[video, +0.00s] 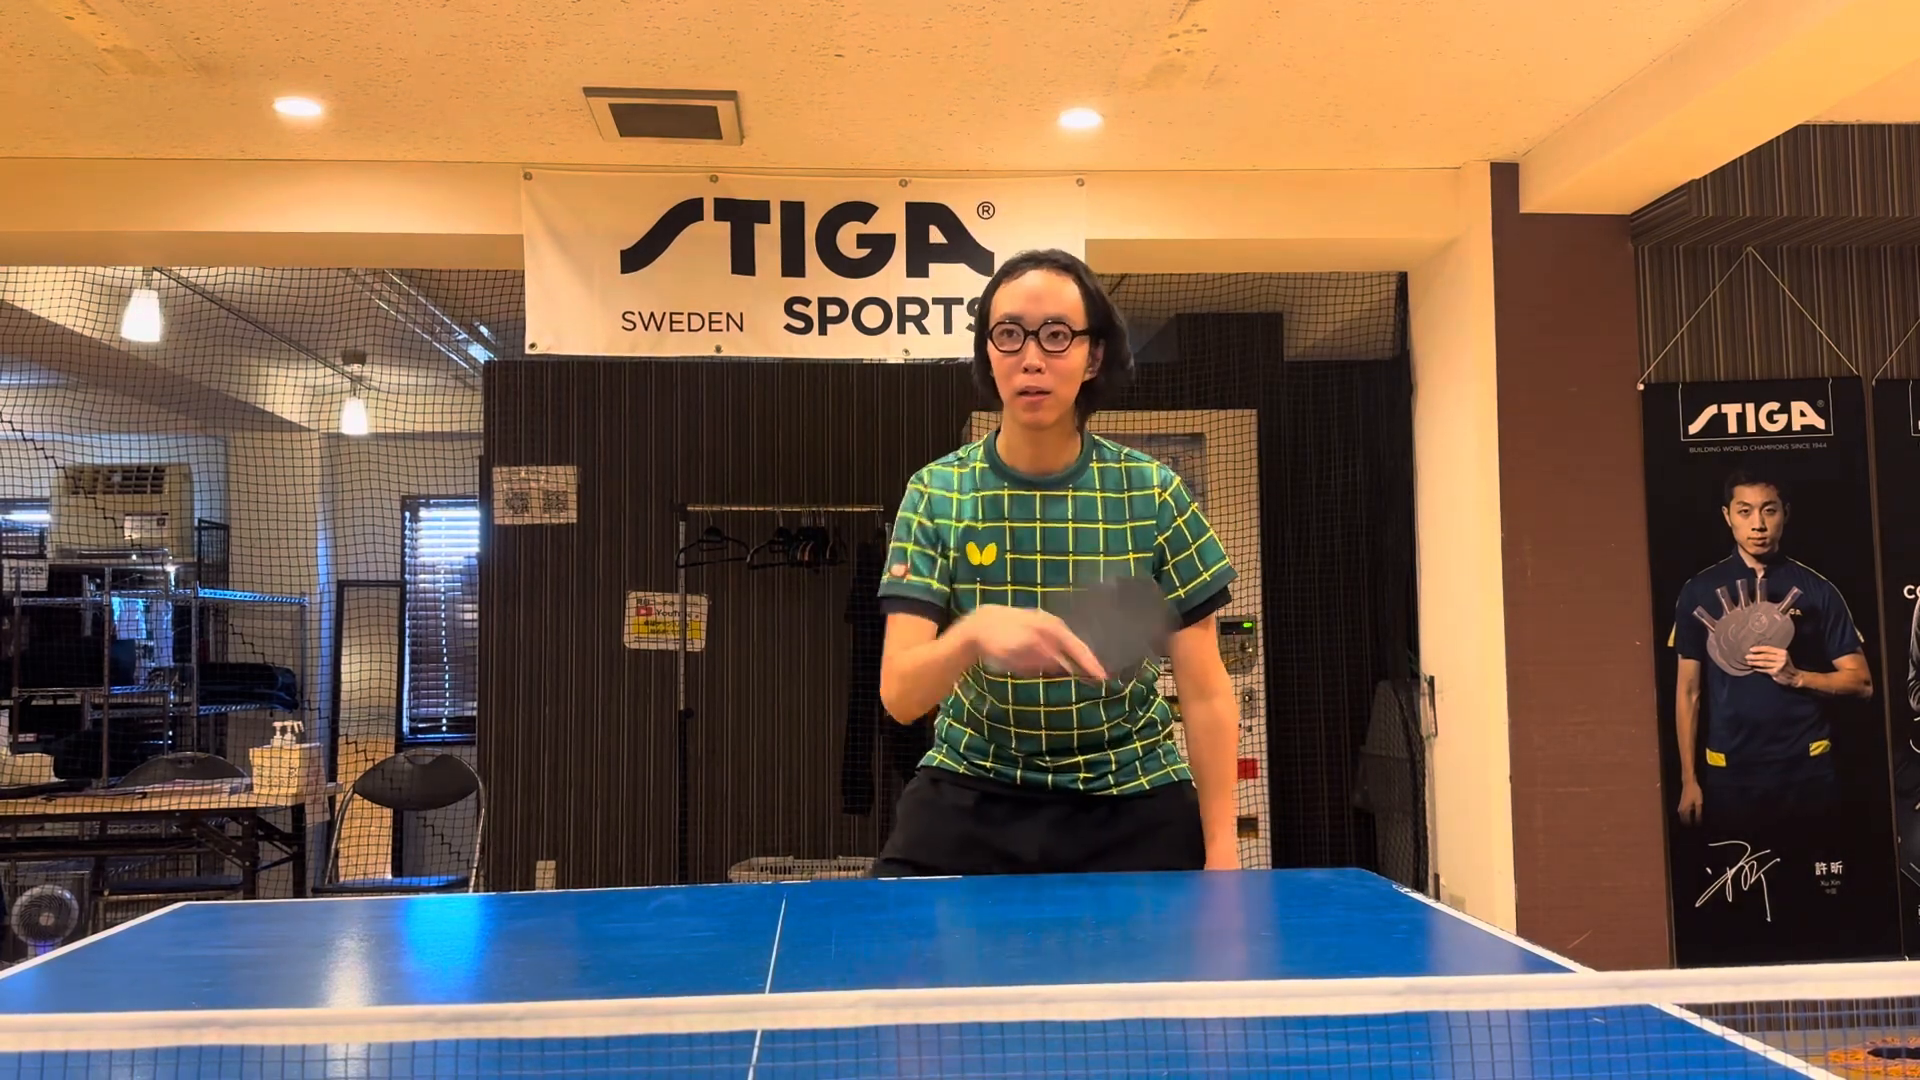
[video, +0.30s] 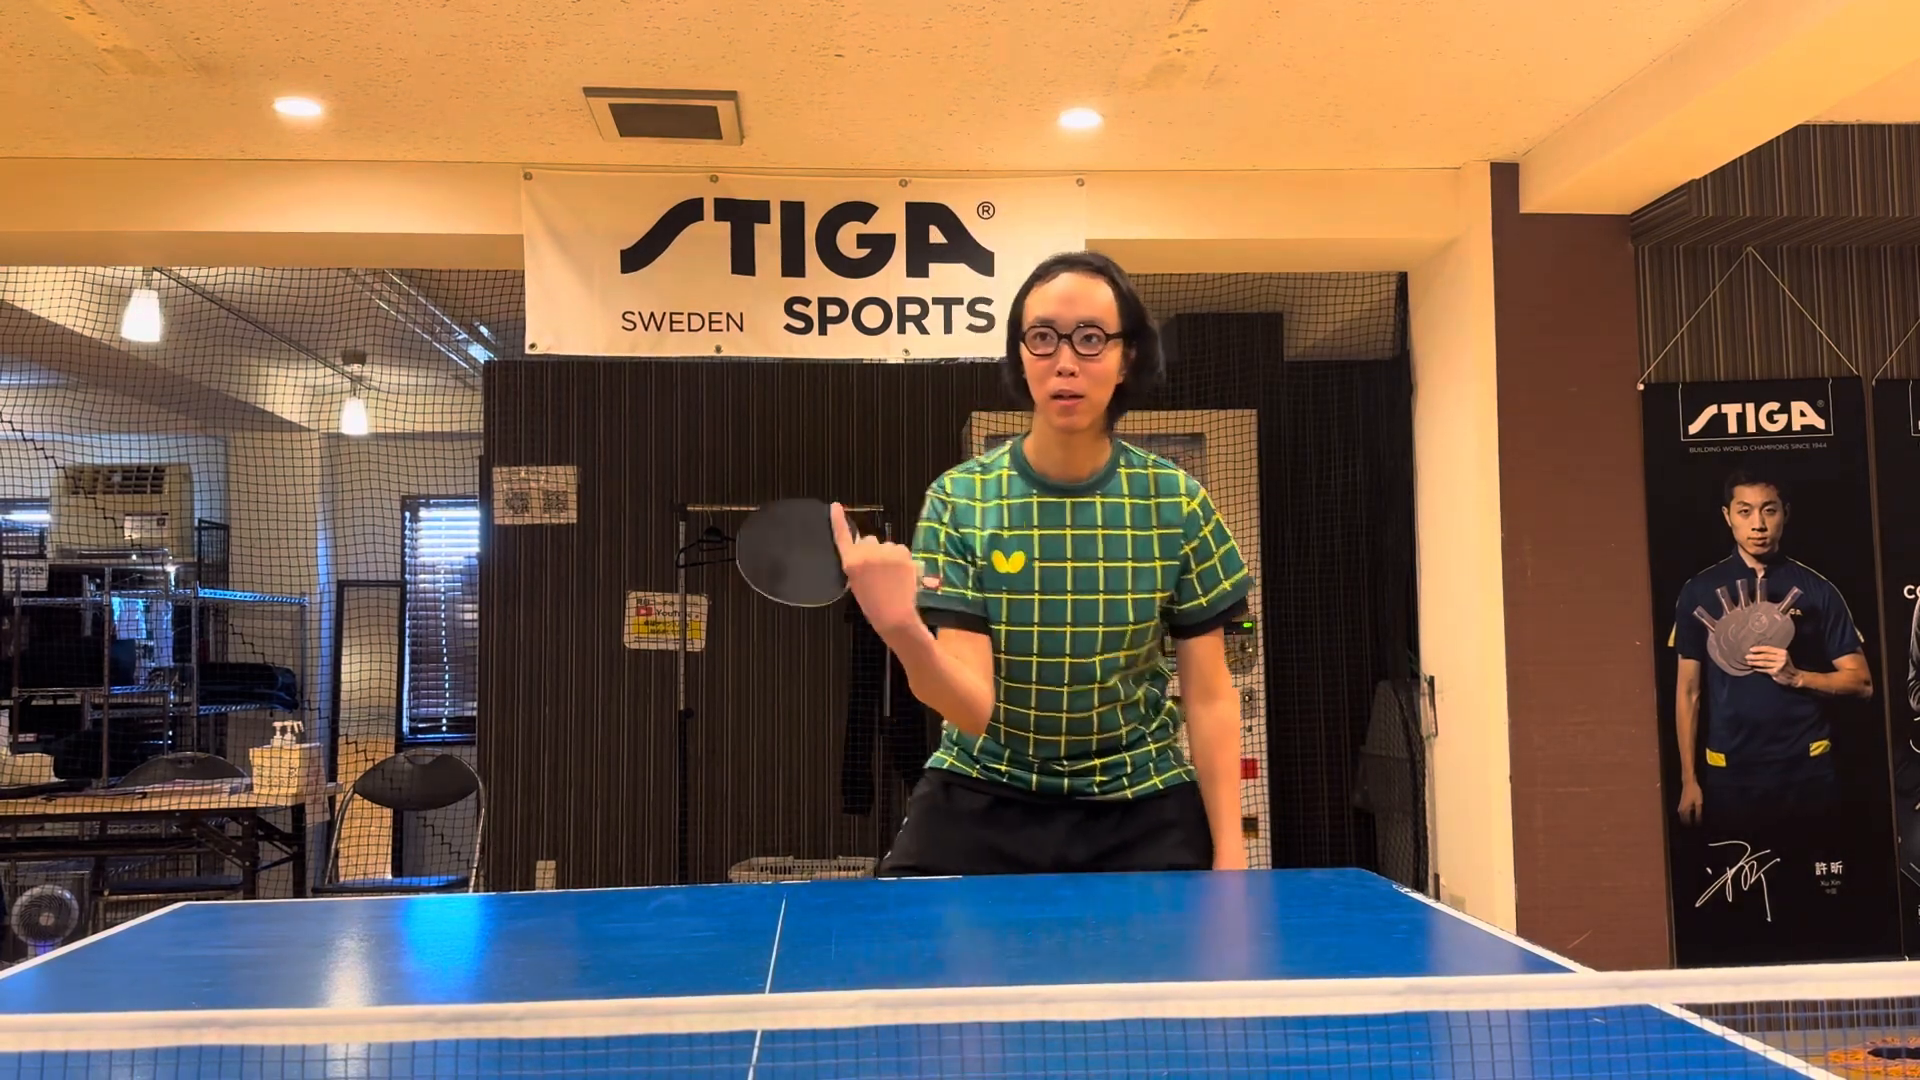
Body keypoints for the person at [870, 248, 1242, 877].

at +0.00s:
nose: (1031, 356)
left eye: (1056, 335)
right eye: (1011, 335)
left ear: (1092, 358)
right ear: (987, 354)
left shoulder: (1151, 494)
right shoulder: (938, 493)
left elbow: (1205, 691)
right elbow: (900, 694)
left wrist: (1222, 860)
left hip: (1133, 797)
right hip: (970, 794)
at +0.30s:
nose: (1065, 359)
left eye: (1090, 338)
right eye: (1044, 338)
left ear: (1125, 360)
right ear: (1020, 356)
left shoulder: (1176, 502)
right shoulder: (960, 499)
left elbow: (1210, 696)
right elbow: (972, 708)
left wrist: (1231, 864)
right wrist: (901, 628)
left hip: (1140, 800)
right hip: (979, 797)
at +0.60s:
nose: (1107, 360)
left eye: (1133, 338)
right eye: (1086, 337)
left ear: (1171, 359)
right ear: (1062, 355)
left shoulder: (1224, 499)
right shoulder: (1003, 497)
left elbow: (1276, 694)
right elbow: (947, 705)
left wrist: (1287, 866)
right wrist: (969, 653)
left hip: (1179, 787)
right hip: (1019, 786)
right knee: (919, 943)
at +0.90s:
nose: (1086, 390)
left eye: (1111, 368)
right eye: (1066, 365)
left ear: (1147, 389)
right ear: (1042, 384)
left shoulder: (1202, 519)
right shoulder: (985, 526)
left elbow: (1255, 710)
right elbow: (974, 729)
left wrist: (1278, 875)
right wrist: (891, 693)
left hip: (1168, 801)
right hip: (1007, 799)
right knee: (916, 946)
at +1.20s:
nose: (1090, 391)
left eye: (1115, 370)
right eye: (1069, 369)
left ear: (1150, 389)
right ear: (1043, 386)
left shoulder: (1204, 522)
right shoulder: (985, 525)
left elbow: (1247, 711)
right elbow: (914, 705)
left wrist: (1264, 873)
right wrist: (936, 708)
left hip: (1164, 801)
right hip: (1002, 798)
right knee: (910, 958)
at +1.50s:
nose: (1129, 406)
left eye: (1154, 382)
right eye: (1105, 379)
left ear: (1182, 394)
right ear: (1074, 389)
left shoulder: (1223, 521)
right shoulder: (1005, 516)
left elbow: (1256, 713)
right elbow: (898, 696)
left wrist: (1269, 875)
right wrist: (968, 704)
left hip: (1174, 801)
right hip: (1012, 798)